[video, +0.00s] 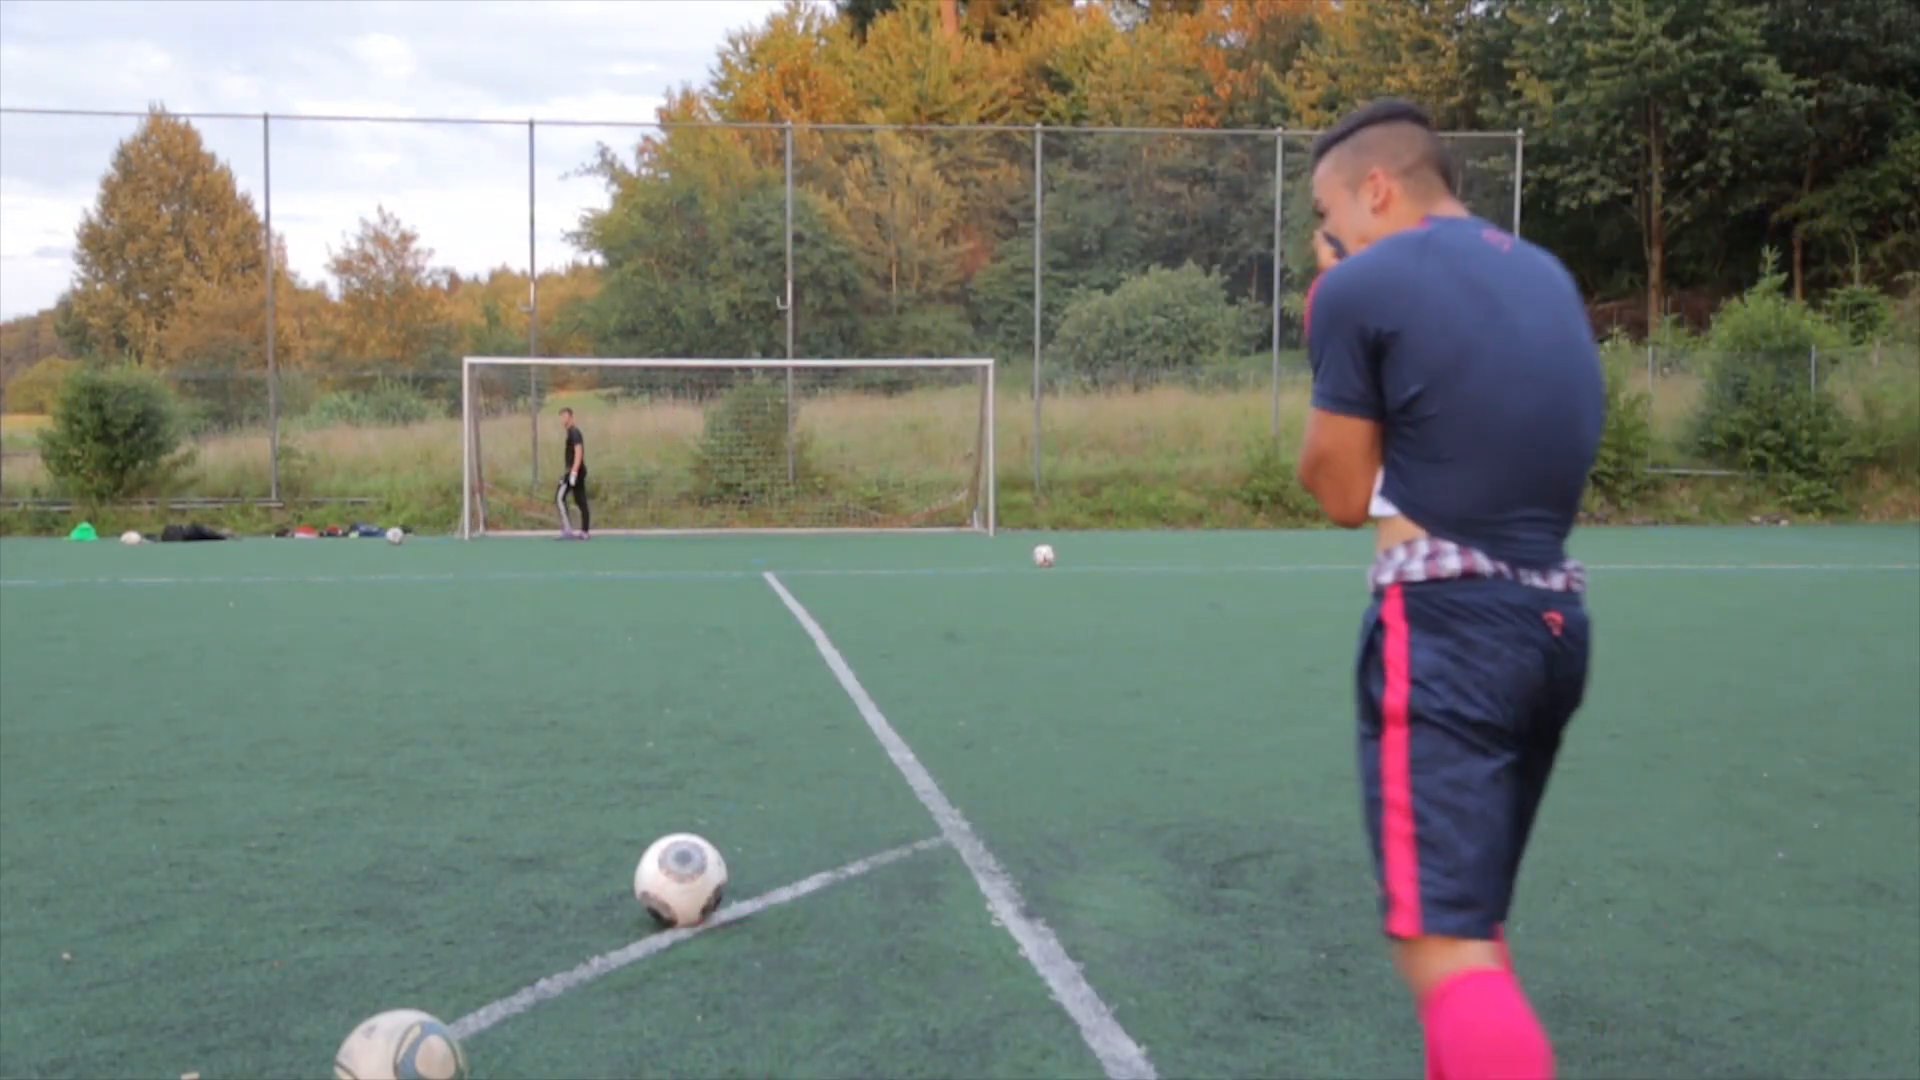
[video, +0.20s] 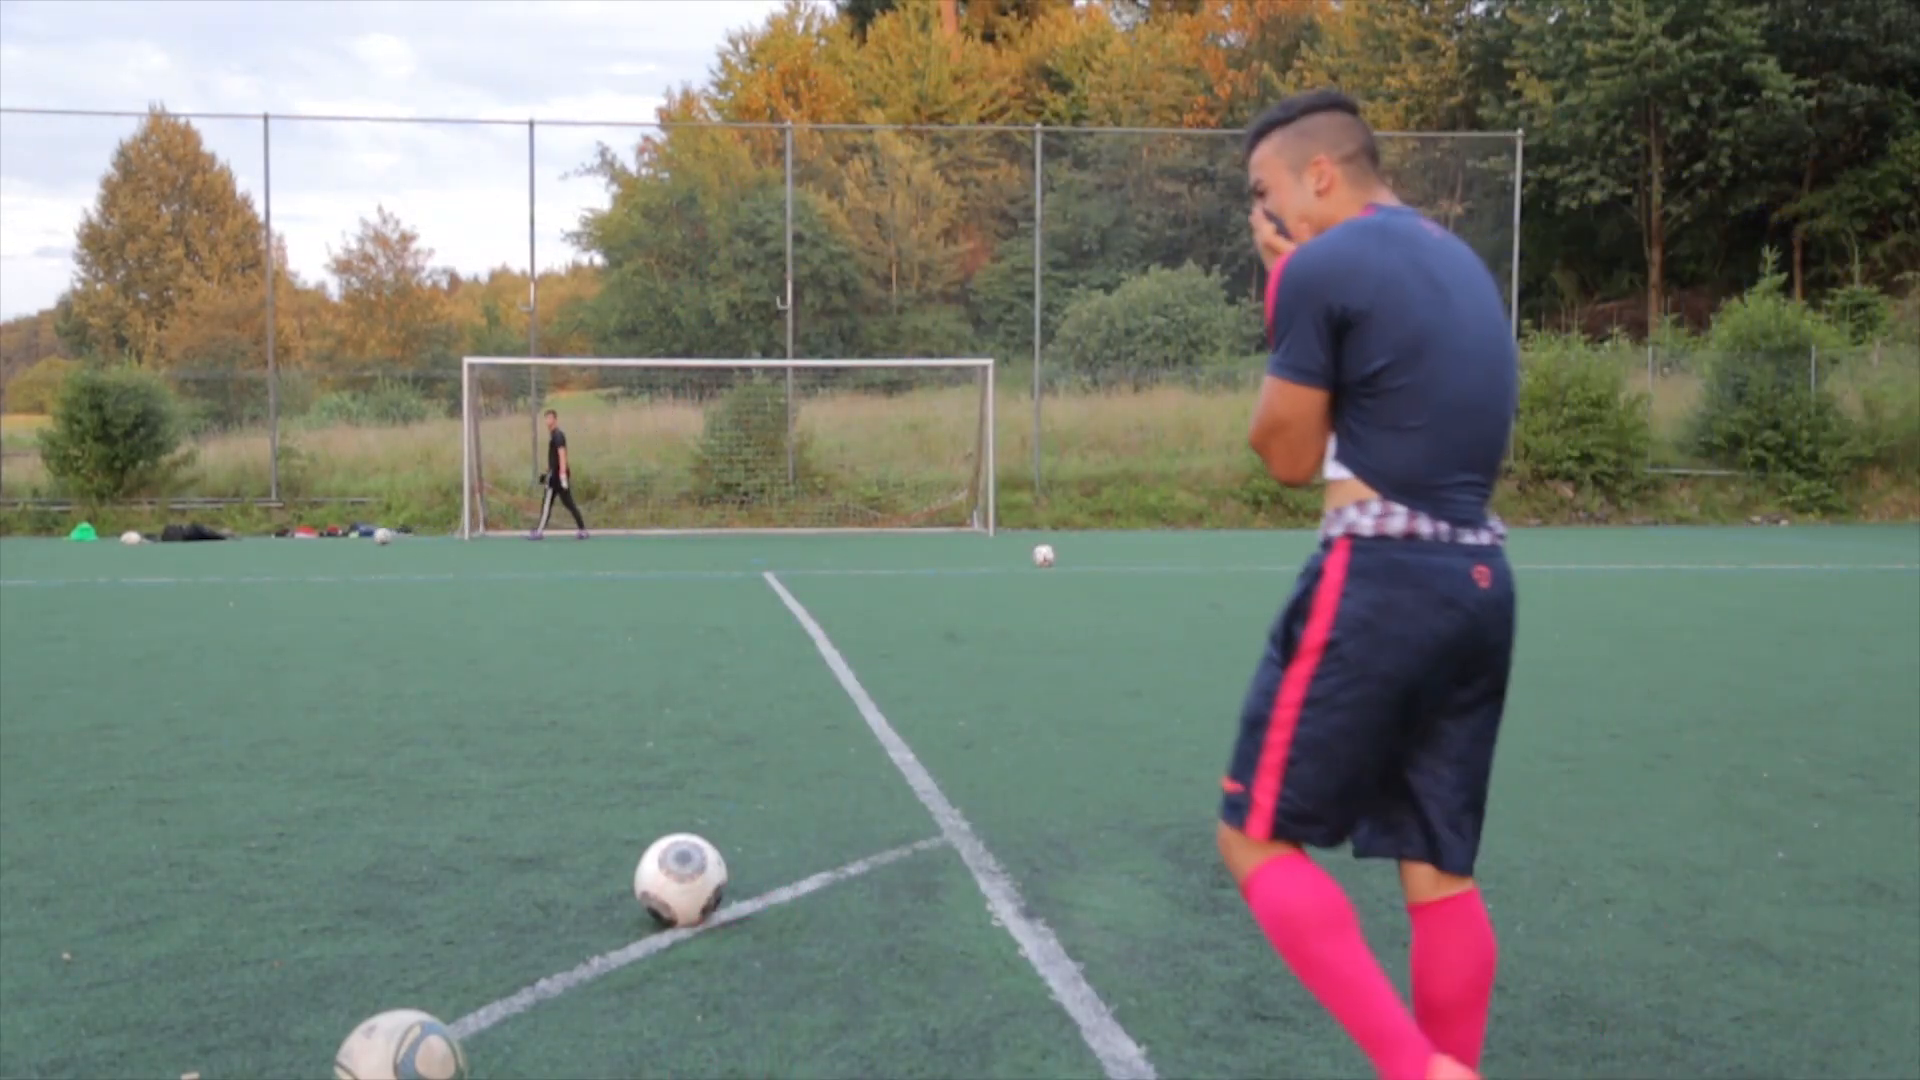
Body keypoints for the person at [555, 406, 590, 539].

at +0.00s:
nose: (562, 420)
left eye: (564, 417)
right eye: (561, 417)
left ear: (570, 417)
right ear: (564, 418)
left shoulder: (574, 433)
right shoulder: (571, 432)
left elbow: (578, 454)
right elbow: (574, 454)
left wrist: (573, 472)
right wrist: (568, 471)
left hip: (574, 470)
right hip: (576, 470)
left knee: (560, 497)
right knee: (581, 501)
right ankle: (585, 530)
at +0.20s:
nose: (547, 422)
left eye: (549, 418)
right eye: (546, 419)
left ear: (555, 419)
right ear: (547, 420)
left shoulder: (558, 435)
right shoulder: (554, 435)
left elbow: (562, 457)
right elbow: (554, 458)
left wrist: (563, 475)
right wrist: (548, 473)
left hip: (556, 474)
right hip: (557, 474)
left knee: (547, 503)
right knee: (569, 503)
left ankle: (539, 531)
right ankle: (582, 529)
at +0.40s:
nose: (531, 420)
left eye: (533, 417)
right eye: (530, 417)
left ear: (538, 418)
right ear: (529, 419)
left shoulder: (541, 435)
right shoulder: (537, 434)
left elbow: (542, 457)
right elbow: (537, 457)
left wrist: (540, 476)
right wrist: (532, 473)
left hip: (538, 472)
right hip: (535, 472)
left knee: (535, 502)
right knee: (536, 502)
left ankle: (535, 532)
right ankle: (559, 519)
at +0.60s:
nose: (515, 420)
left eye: (517, 417)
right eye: (514, 417)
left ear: (522, 418)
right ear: (513, 419)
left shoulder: (526, 434)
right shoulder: (520, 434)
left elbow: (524, 455)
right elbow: (521, 455)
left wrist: (512, 472)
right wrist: (515, 471)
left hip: (525, 470)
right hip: (519, 470)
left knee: (529, 501)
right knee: (507, 497)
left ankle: (535, 531)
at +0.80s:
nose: (496, 422)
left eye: (498, 419)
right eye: (494, 419)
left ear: (503, 420)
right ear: (493, 421)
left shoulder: (507, 436)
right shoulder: (501, 436)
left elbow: (506, 457)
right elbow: (502, 457)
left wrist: (492, 473)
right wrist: (495, 473)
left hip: (507, 473)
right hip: (499, 473)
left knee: (517, 502)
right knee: (491, 502)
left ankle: (533, 529)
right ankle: (482, 531)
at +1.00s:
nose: (474, 420)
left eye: (477, 417)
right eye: (474, 417)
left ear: (483, 418)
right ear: (473, 419)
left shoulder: (487, 434)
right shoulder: (480, 434)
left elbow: (487, 455)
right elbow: (482, 455)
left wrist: (483, 474)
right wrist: (478, 472)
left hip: (486, 472)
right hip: (479, 471)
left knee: (483, 502)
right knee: (477, 501)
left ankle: (510, 521)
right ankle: (478, 531)